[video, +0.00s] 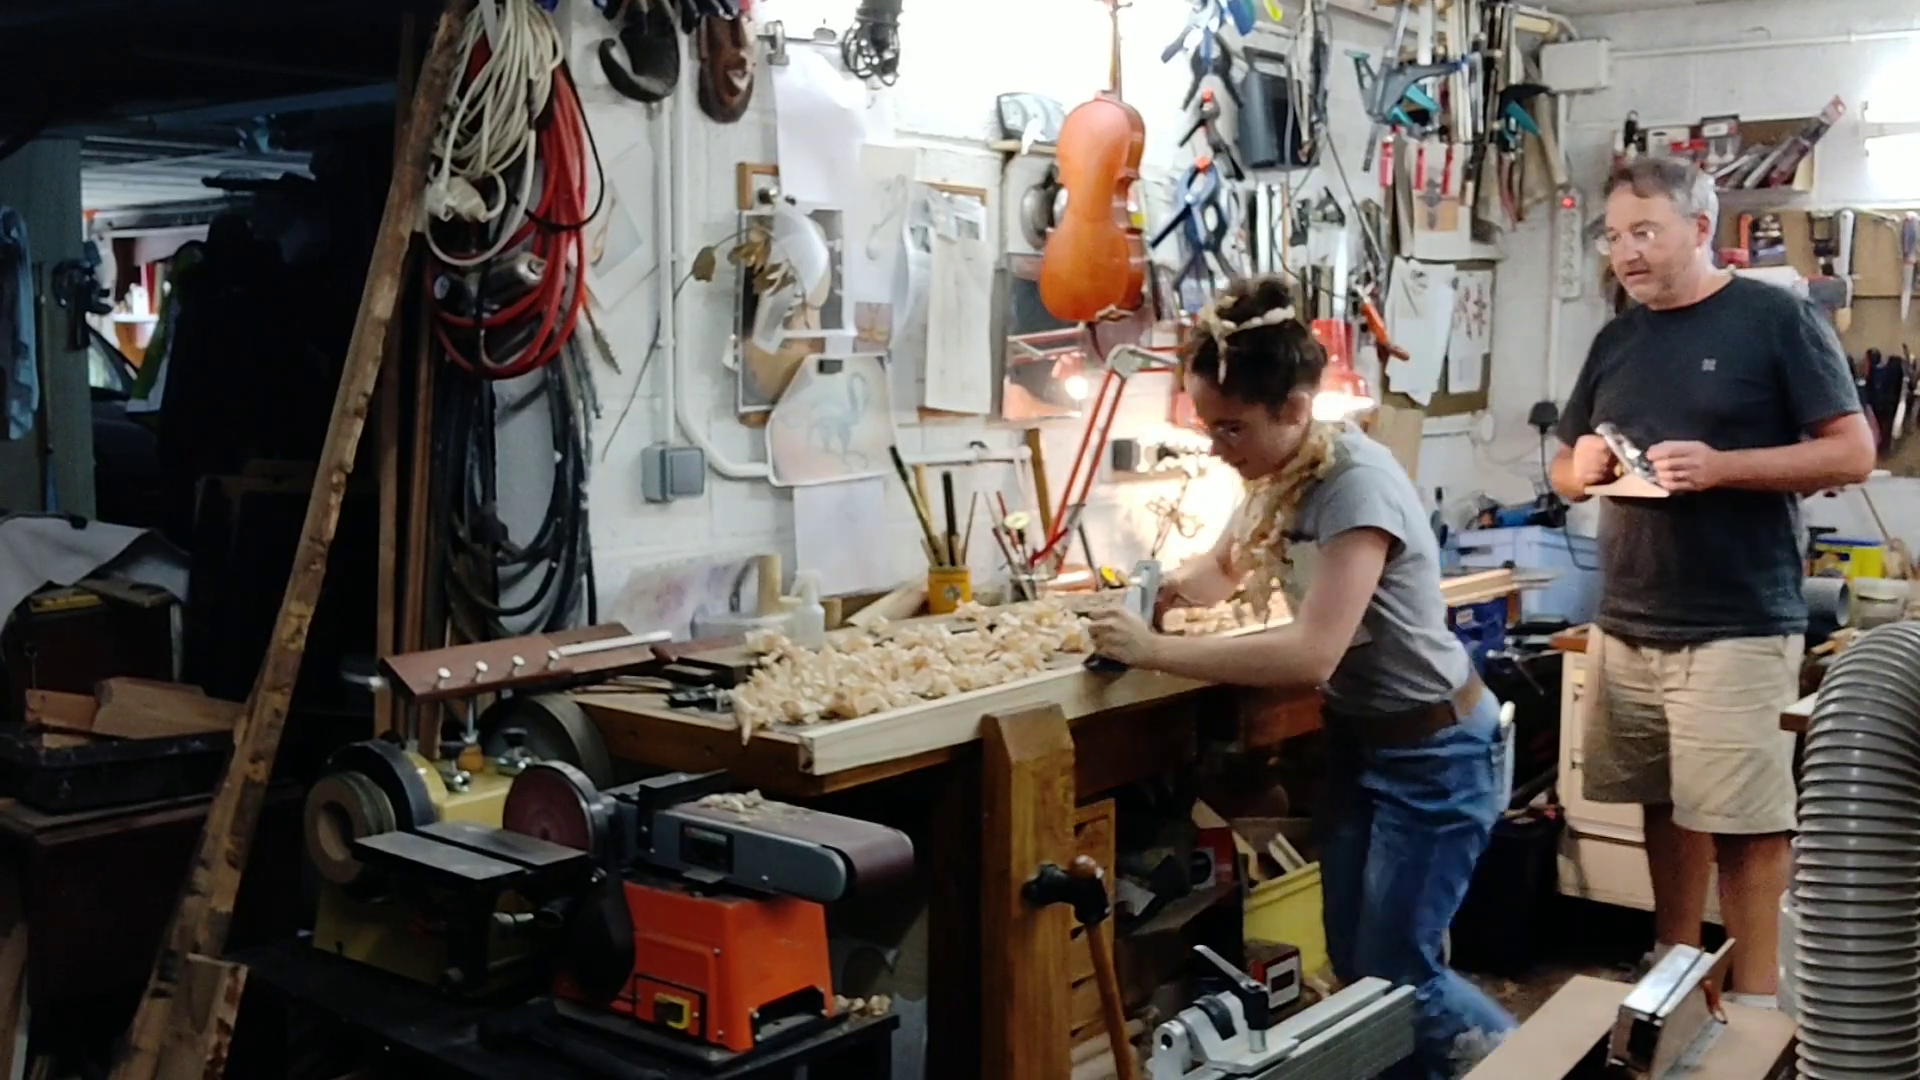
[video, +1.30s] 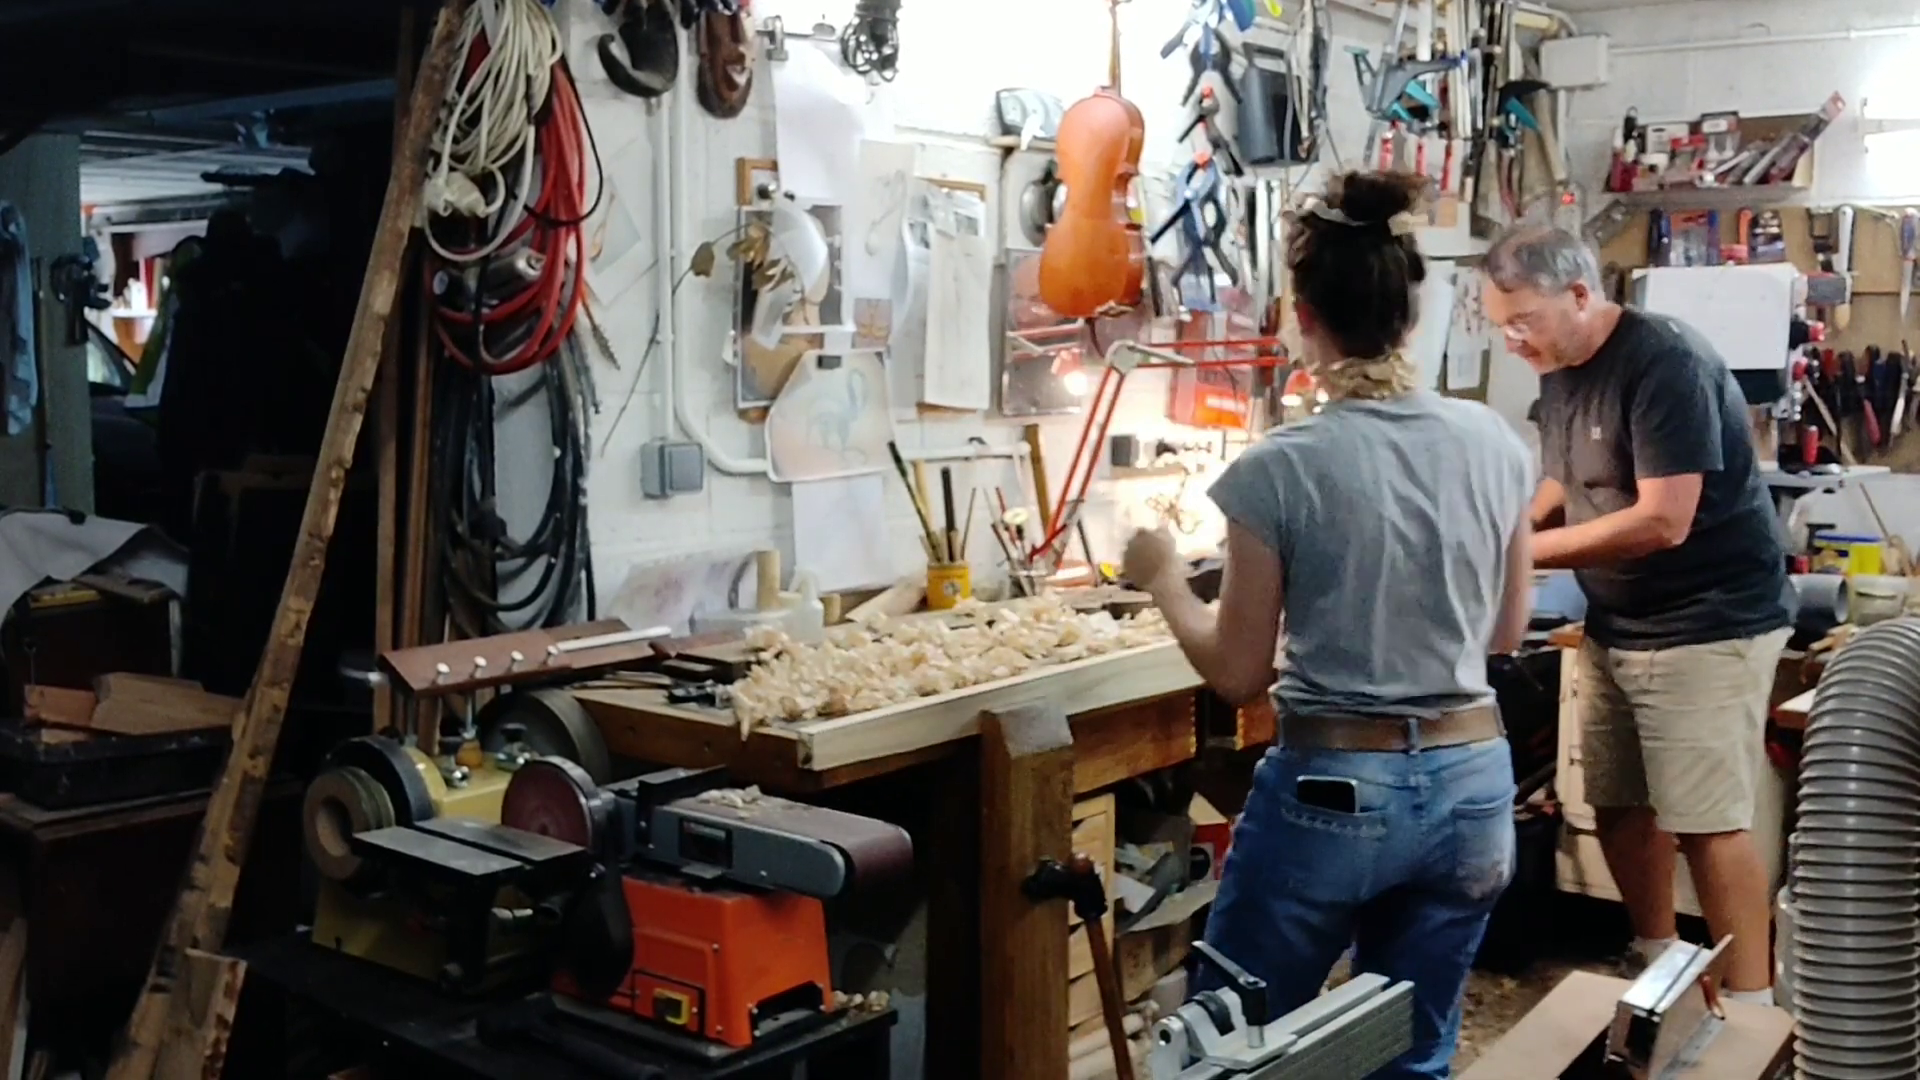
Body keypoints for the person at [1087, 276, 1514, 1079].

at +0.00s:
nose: (1217, 449)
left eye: (1231, 430)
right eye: (1208, 429)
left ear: (1295, 407)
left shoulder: (1360, 481)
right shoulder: (1283, 483)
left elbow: (1314, 652)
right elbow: (1221, 572)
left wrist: (1162, 652)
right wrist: (1144, 597)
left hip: (1439, 752)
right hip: (1362, 745)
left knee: (1395, 971)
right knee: (1353, 962)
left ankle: (1523, 1061)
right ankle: (1452, 1062)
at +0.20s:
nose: (1158, 457)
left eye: (1172, 438)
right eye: (1150, 437)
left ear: (1242, 416)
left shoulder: (1304, 497)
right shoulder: (1242, 492)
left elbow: (1249, 677)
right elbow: (1176, 578)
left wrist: (1084, 661)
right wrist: (1099, 598)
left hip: (1376, 777)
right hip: (1318, 774)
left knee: (1278, 977)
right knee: (1375, 979)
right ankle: (1444, 1074)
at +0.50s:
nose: (1059, 445)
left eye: (1068, 423)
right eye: (1052, 424)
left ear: (1144, 402)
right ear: (1139, 406)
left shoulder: (1219, 494)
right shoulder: (1165, 480)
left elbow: (1142, 696)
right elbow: (1102, 584)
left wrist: (964, 689)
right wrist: (1010, 620)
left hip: (1325, 795)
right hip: (1294, 787)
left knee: (1194, 1026)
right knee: (1348, 1013)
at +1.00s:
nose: (1122, 351)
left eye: (1133, 330)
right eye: (1122, 328)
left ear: (1193, 338)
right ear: (1211, 340)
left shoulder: (1240, 463)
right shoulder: (1276, 440)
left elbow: (1125, 661)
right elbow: (1172, 600)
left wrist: (947, 617)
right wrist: (1038, 594)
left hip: (1317, 783)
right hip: (1400, 755)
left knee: (1232, 1045)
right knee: (1374, 1034)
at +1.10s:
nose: (1172, 343)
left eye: (1178, 320)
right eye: (1171, 320)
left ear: (1223, 328)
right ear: (1300, 325)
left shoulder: (1253, 466)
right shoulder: (1344, 432)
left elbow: (1164, 677)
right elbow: (1289, 600)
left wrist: (1021, 597)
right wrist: (1149, 579)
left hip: (1322, 786)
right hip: (1430, 761)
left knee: (1228, 1043)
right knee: (1380, 1043)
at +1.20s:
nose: (1239, 336)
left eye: (1239, 317)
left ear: (1257, 322)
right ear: (1375, 328)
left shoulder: (1267, 469)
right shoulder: (1422, 435)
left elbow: (1203, 681)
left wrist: (1088, 591)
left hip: (1329, 781)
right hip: (1460, 765)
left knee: (1222, 1037)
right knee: (1405, 1045)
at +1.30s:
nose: (1288, 325)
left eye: (1287, 309)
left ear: (1302, 320)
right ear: (1413, 310)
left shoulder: (1280, 468)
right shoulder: (1500, 446)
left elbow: (1237, 675)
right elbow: (1504, 634)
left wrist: (1165, 581)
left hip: (1332, 784)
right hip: (1475, 771)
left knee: (1237, 1037)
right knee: (1419, 1050)